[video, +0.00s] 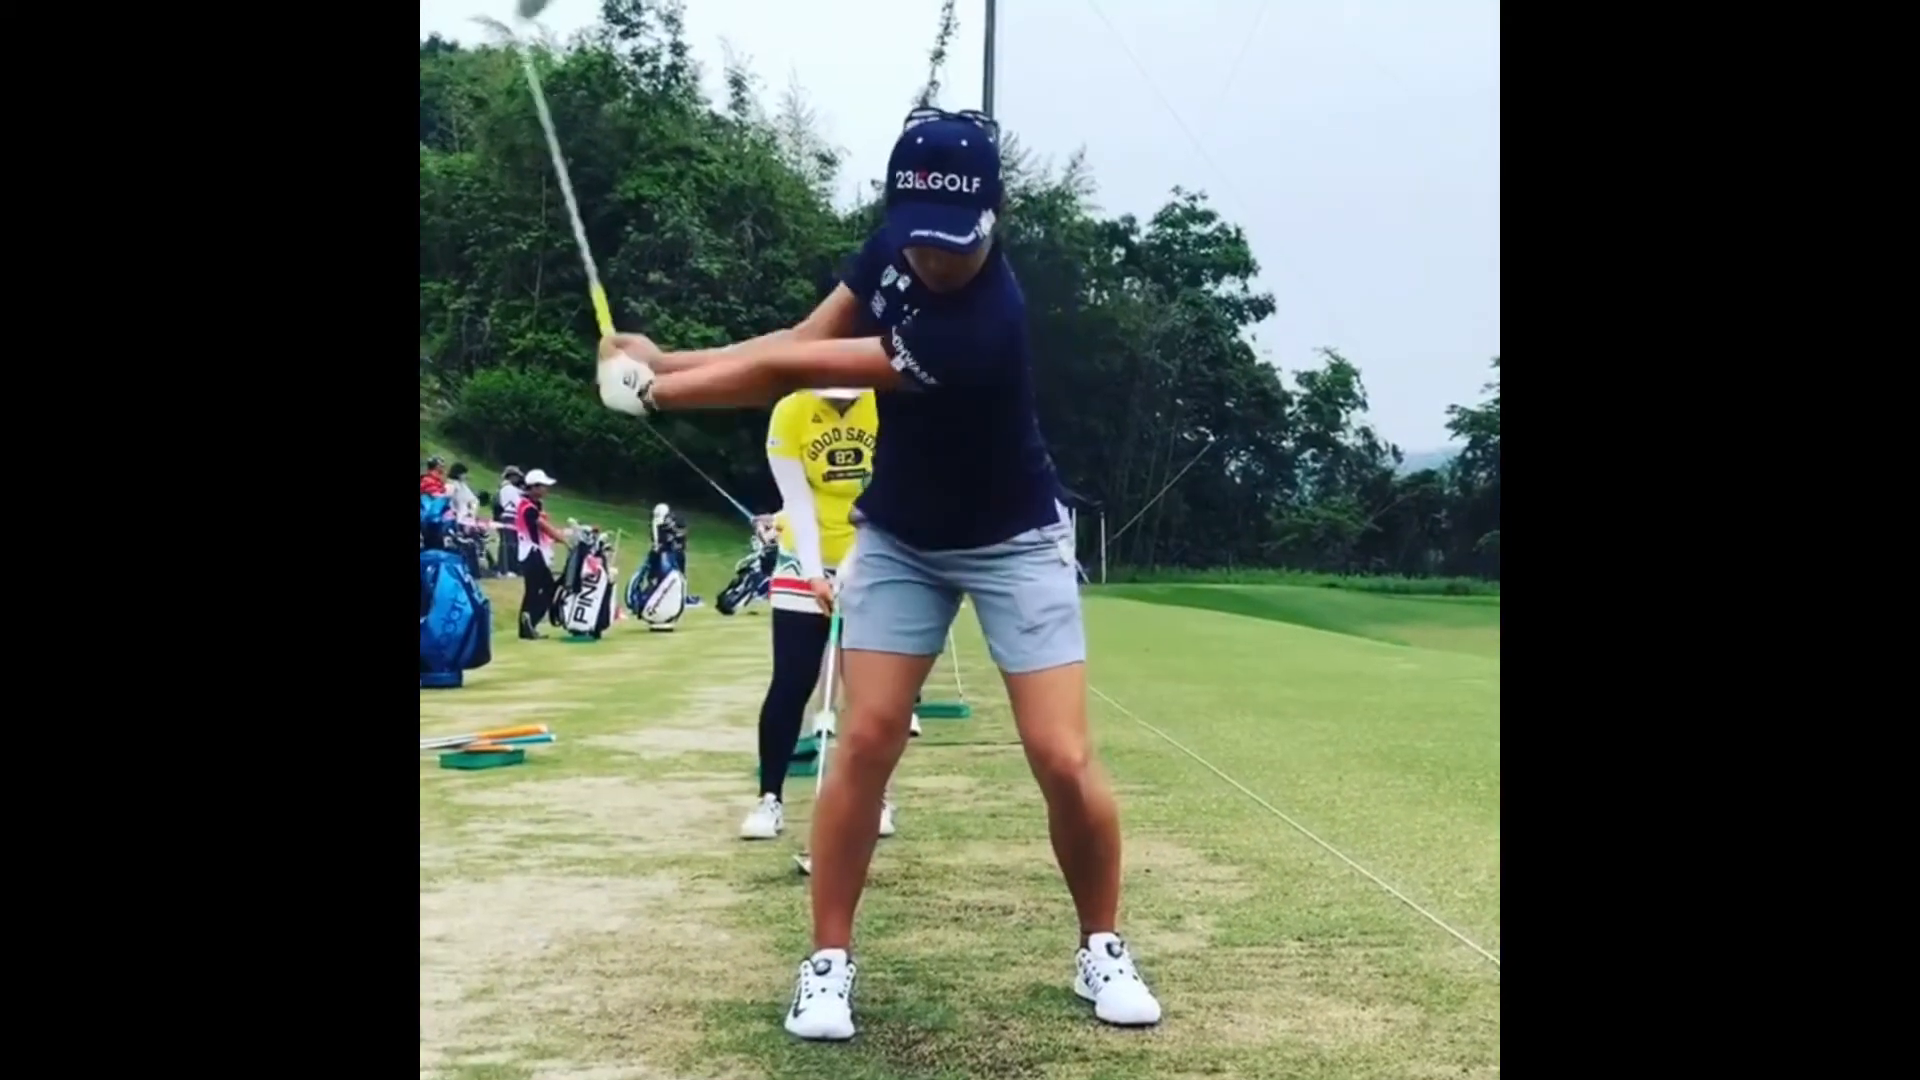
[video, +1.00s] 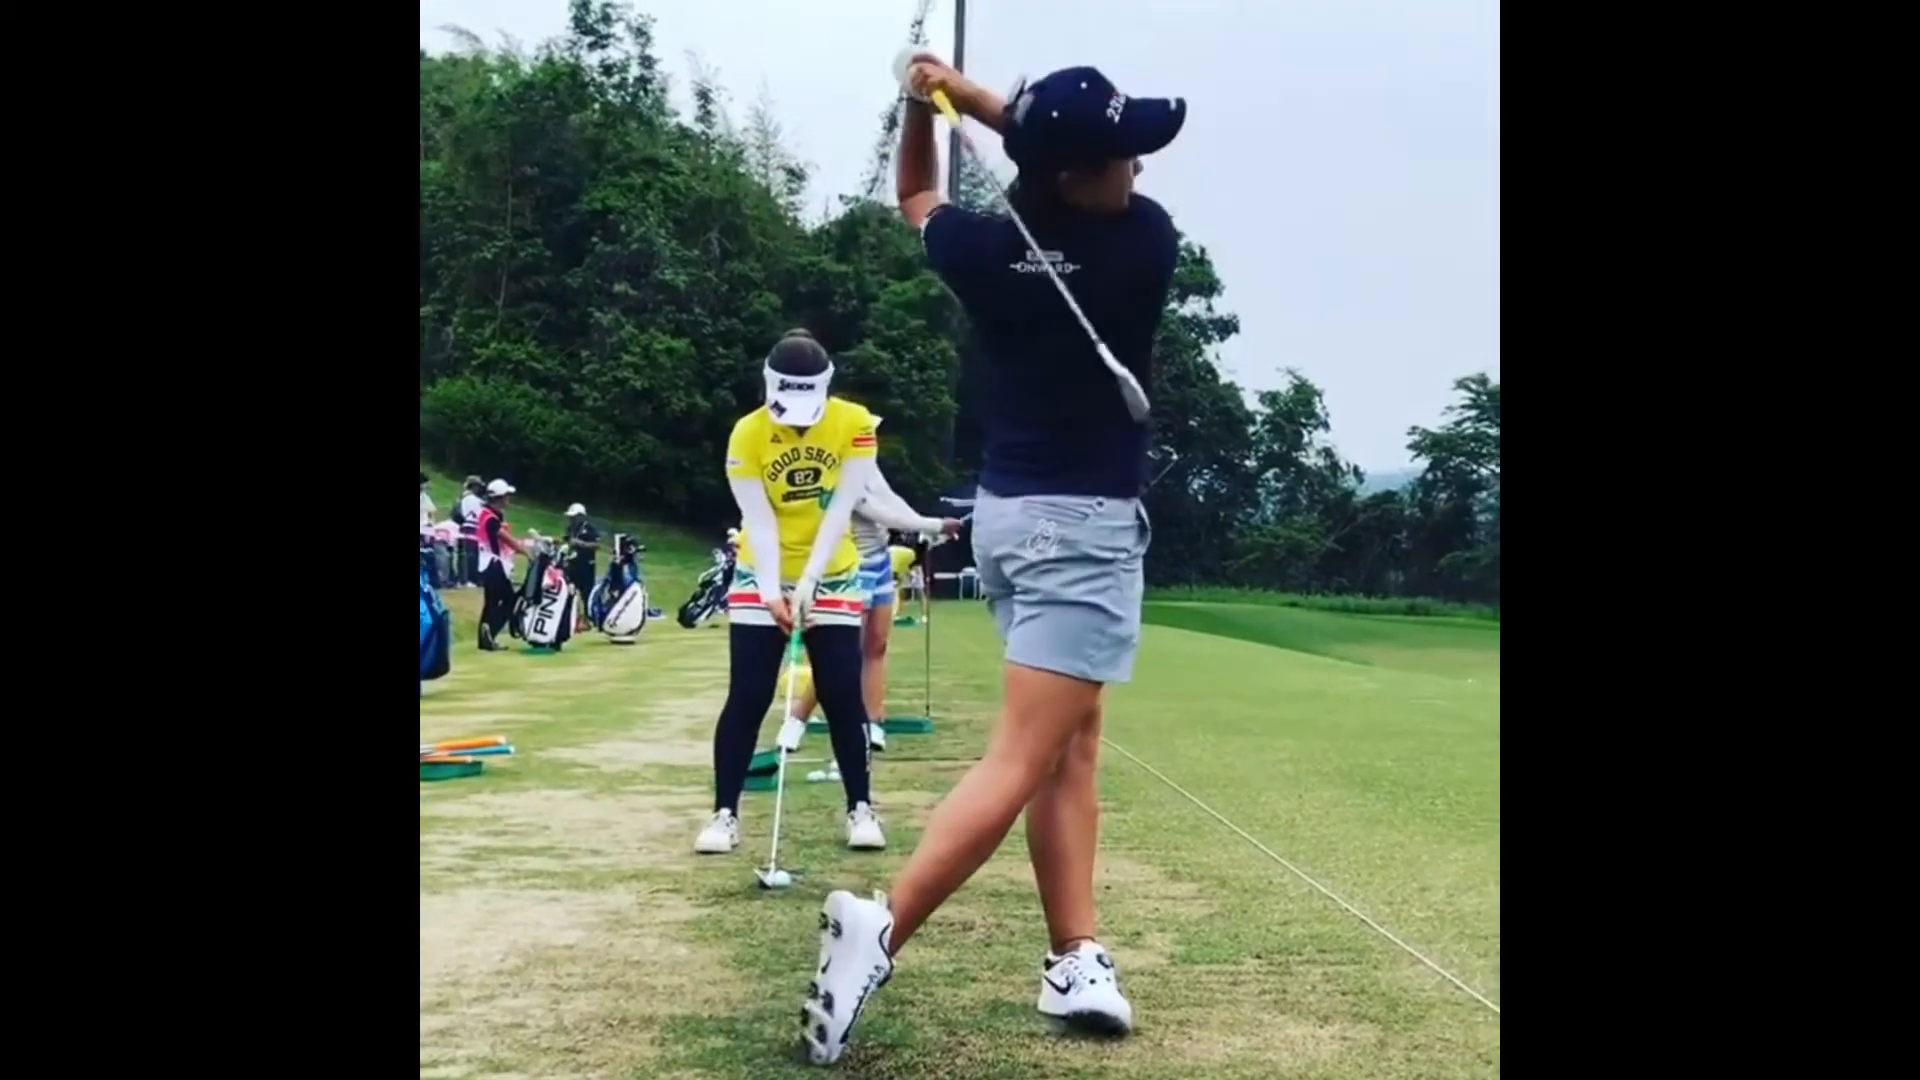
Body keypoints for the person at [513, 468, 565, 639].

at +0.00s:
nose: (546, 490)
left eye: (546, 487)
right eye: (542, 486)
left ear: (535, 489)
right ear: (533, 488)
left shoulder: (529, 505)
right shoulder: (529, 509)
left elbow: (545, 526)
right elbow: (546, 529)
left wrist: (562, 535)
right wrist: (564, 539)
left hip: (530, 550)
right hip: (532, 552)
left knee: (532, 589)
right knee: (549, 586)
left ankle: (525, 627)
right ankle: (531, 618)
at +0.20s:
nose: (545, 494)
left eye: (545, 490)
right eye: (542, 490)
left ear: (533, 492)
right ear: (532, 491)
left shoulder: (530, 509)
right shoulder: (527, 512)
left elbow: (544, 531)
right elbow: (544, 532)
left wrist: (561, 538)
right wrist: (563, 543)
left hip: (531, 553)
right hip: (530, 554)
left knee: (530, 592)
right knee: (547, 589)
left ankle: (524, 630)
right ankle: (529, 623)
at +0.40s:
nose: (538, 495)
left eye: (538, 492)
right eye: (535, 491)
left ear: (527, 494)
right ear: (525, 493)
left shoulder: (523, 511)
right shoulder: (520, 514)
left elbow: (536, 533)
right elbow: (537, 535)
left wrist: (553, 540)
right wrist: (555, 545)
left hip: (523, 555)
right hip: (523, 557)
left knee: (523, 594)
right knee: (540, 592)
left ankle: (517, 632)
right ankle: (523, 625)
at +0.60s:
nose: (527, 497)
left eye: (527, 493)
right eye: (524, 493)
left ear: (514, 496)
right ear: (514, 495)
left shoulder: (511, 513)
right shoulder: (510, 516)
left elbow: (525, 535)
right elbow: (526, 536)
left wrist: (541, 543)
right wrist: (545, 546)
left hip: (512, 557)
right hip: (512, 559)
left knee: (511, 596)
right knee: (529, 594)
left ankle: (505, 634)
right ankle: (511, 626)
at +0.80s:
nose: (517, 498)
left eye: (517, 495)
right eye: (515, 495)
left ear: (502, 496)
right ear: (507, 496)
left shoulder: (495, 514)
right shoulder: (500, 518)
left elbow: (514, 536)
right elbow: (517, 539)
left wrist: (531, 544)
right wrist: (536, 550)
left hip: (496, 558)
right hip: (502, 560)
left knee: (500, 597)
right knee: (519, 595)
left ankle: (494, 635)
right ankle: (500, 628)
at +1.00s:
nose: (508, 500)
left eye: (508, 497)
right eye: (506, 497)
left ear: (493, 498)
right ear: (498, 498)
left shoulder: (486, 515)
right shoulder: (492, 520)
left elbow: (504, 538)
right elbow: (508, 541)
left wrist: (522, 546)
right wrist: (526, 551)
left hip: (487, 559)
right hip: (493, 562)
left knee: (491, 599)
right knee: (509, 597)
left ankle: (485, 638)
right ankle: (491, 629)